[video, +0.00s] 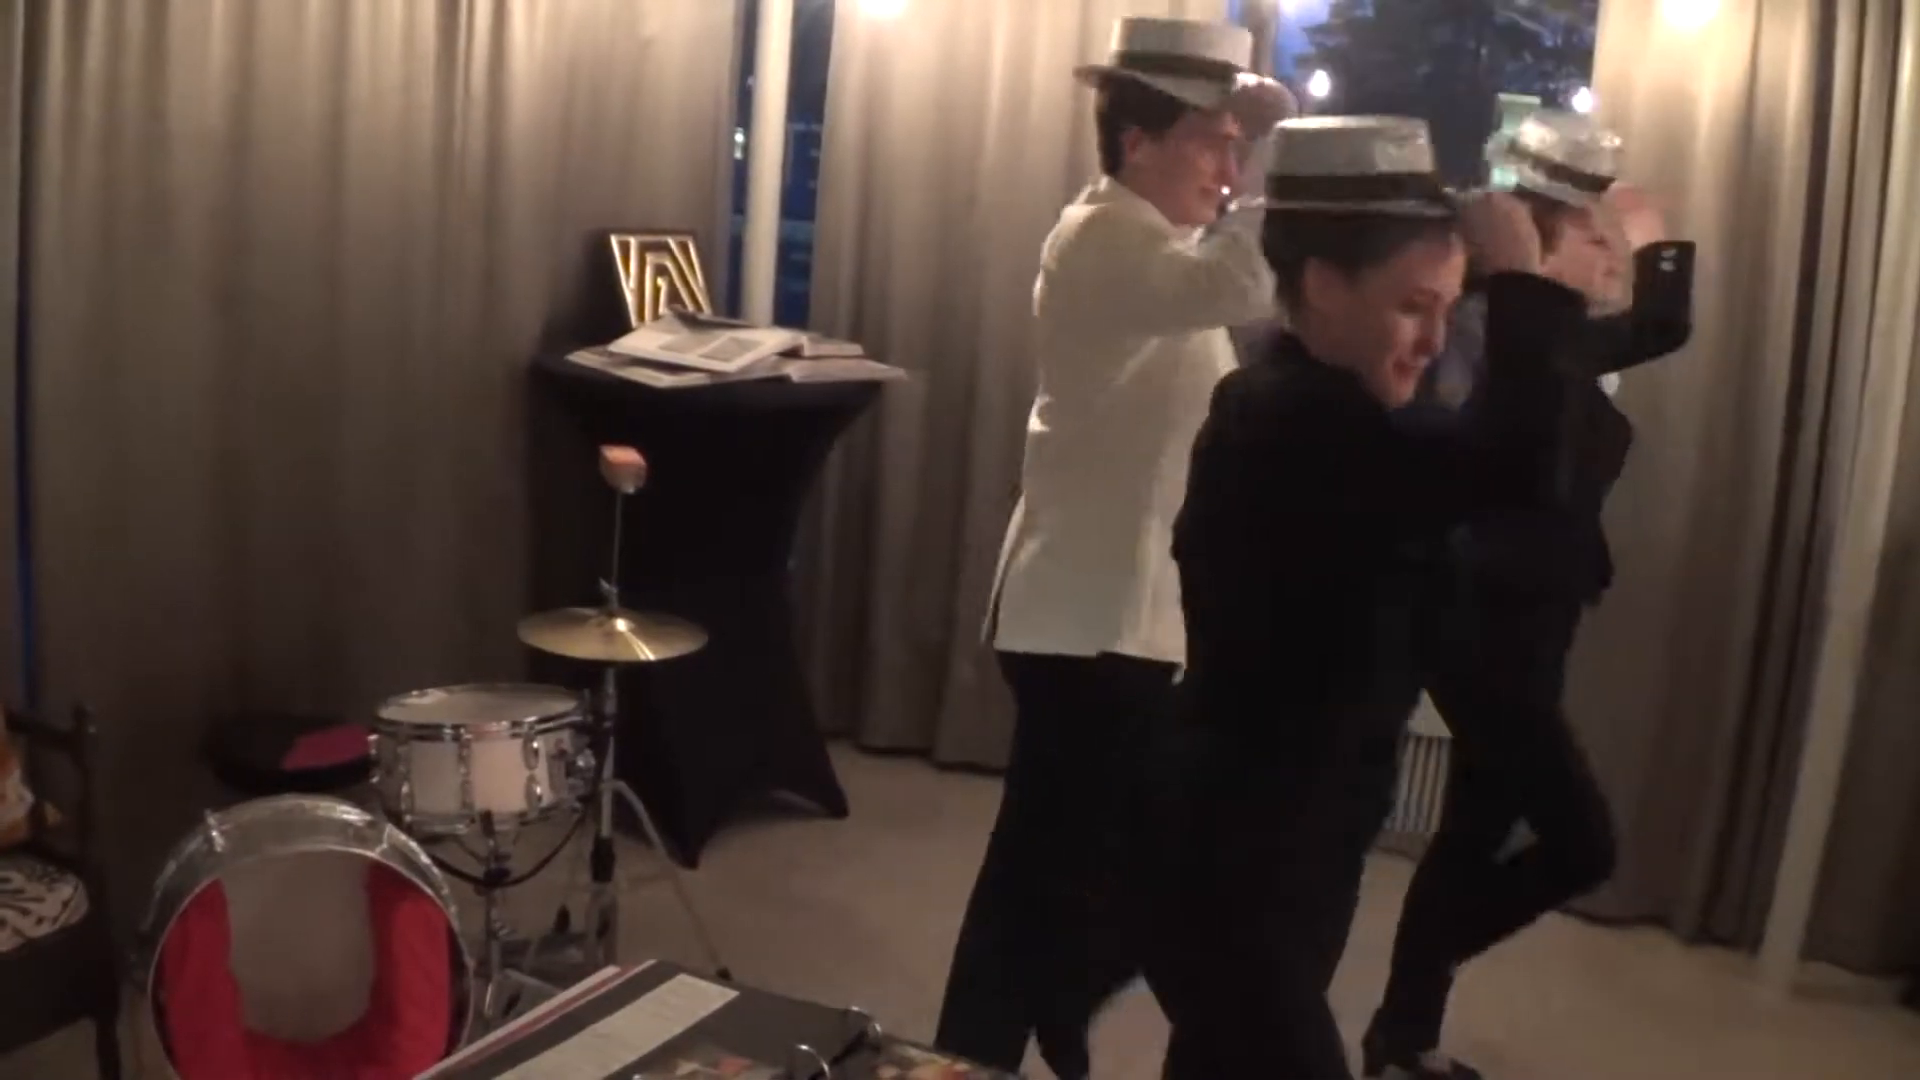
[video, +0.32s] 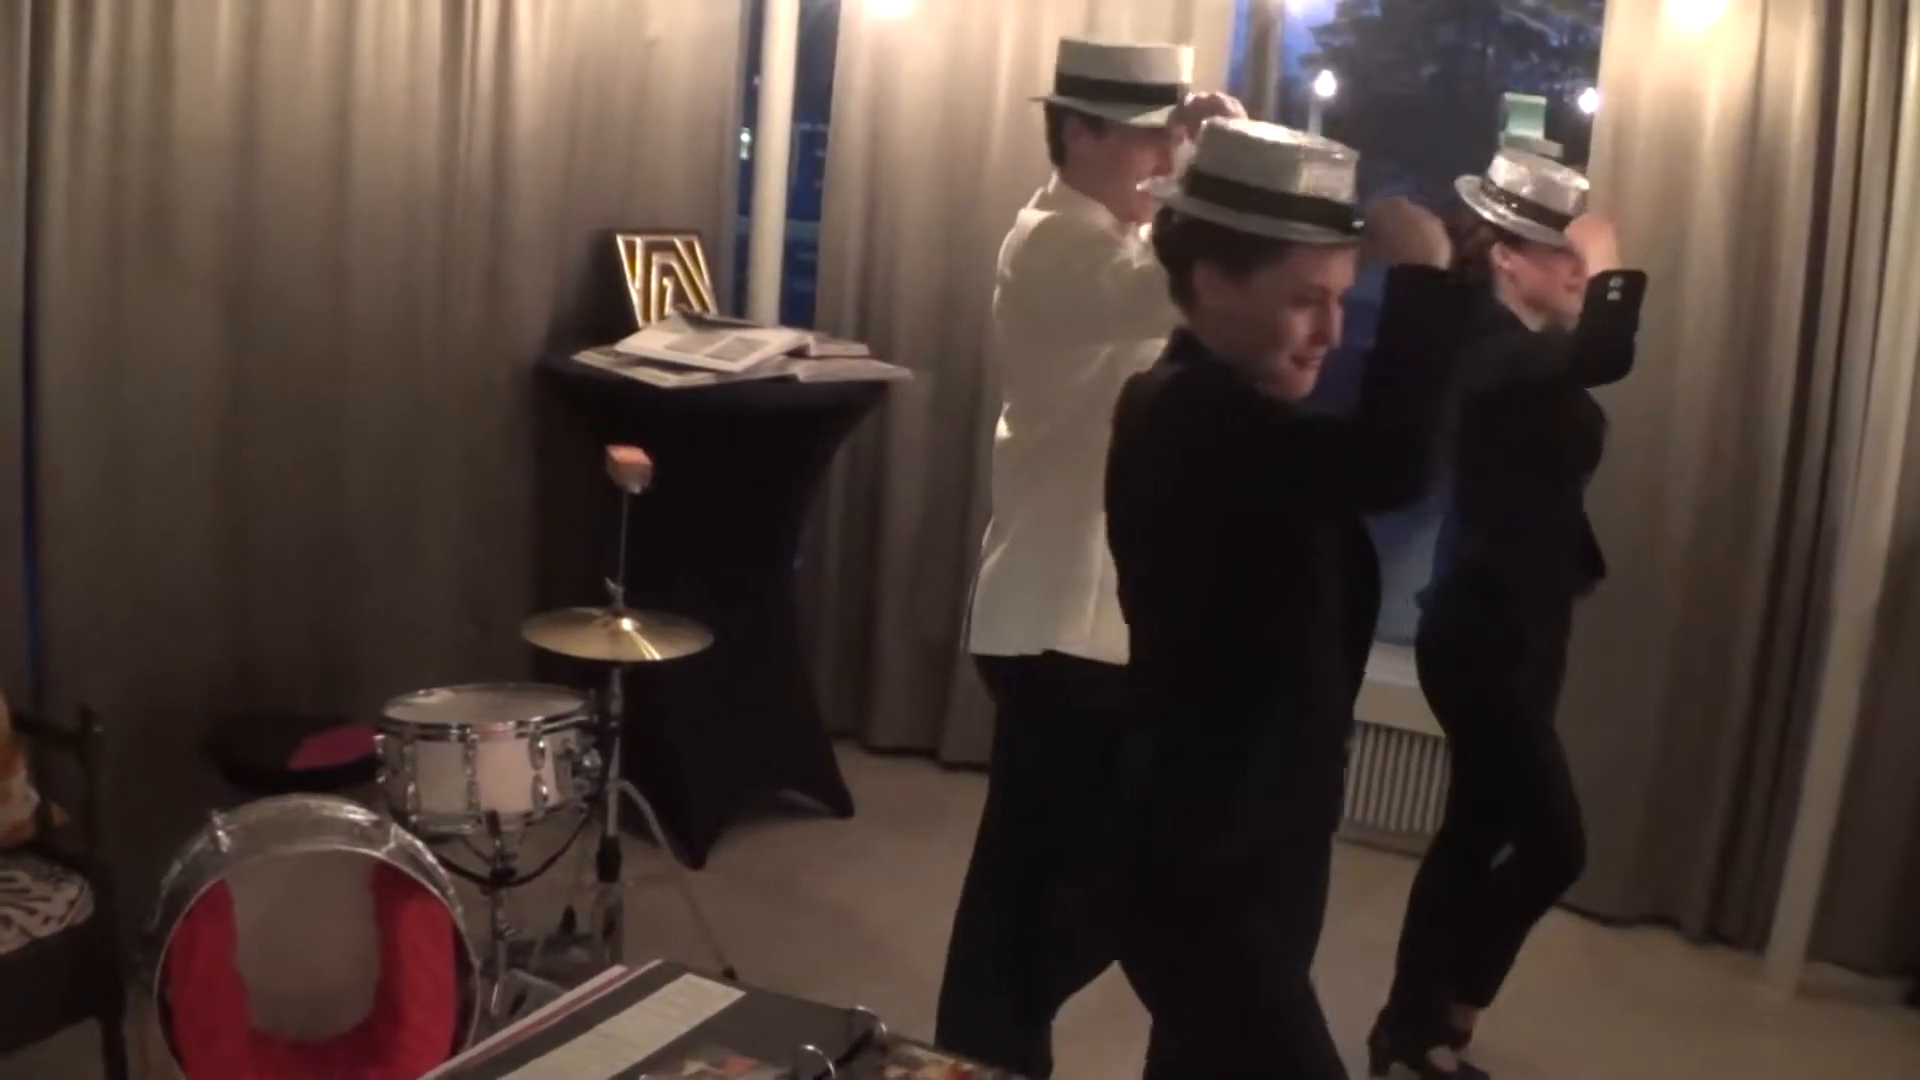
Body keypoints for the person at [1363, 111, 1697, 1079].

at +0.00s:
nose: (1611, 259)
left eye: (1610, 243)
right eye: (1597, 239)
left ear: (1547, 243)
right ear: (1544, 237)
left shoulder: (1546, 329)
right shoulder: (1517, 325)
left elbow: (1657, 329)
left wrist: (1652, 246)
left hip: (1517, 628)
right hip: (1479, 632)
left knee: (1471, 836)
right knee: (1580, 849)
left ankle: (1404, 1033)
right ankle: (1422, 954)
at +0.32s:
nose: (1584, 280)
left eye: (1585, 266)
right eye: (1571, 263)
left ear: (1517, 262)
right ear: (1514, 260)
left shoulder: (1519, 346)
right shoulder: (1497, 349)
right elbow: (1602, 356)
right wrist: (1614, 274)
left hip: (1511, 628)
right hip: (1482, 633)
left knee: (1472, 836)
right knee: (1552, 845)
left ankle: (1414, 1032)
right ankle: (1442, 1015)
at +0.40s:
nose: (1574, 280)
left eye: (1575, 266)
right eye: (1559, 262)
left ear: (1504, 263)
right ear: (1499, 260)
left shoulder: (1515, 346)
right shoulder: (1481, 347)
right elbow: (1598, 360)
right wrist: (1604, 275)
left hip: (1518, 628)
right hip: (1481, 631)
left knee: (1472, 838)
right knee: (1553, 845)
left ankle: (1413, 1034)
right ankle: (1444, 1016)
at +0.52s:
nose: (1569, 277)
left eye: (1570, 262)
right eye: (1552, 259)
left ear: (1501, 262)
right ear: (1493, 258)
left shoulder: (1511, 343)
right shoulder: (1483, 345)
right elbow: (1596, 361)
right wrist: (1599, 272)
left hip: (1518, 627)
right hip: (1484, 632)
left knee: (1473, 837)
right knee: (1560, 847)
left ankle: (1413, 1033)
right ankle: (1444, 1017)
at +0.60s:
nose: (1565, 279)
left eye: (1566, 264)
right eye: (1549, 260)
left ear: (1498, 262)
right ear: (1491, 259)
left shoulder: (1504, 348)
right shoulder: (1481, 350)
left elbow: (1529, 459)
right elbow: (1596, 362)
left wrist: (1608, 469)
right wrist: (1599, 273)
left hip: (1507, 627)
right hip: (1485, 634)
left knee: (1470, 836)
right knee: (1562, 846)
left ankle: (1412, 1035)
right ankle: (1442, 1016)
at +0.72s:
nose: (1555, 279)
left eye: (1555, 263)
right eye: (1542, 260)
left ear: (1490, 264)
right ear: (1490, 260)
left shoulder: (1496, 346)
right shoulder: (1475, 350)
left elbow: (1588, 356)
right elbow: (1594, 358)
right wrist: (1581, 280)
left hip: (1502, 627)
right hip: (1481, 632)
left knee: (1467, 838)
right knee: (1563, 845)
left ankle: (1408, 1035)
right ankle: (1439, 1014)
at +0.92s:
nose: (1532, 280)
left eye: (1530, 263)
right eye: (1519, 264)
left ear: (1476, 267)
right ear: (1482, 265)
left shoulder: (1475, 343)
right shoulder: (1460, 346)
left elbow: (1555, 323)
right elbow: (1566, 325)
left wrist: (1544, 245)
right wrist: (1523, 248)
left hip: (1499, 626)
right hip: (1476, 630)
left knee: (1462, 839)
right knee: (1559, 845)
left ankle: (1402, 1035)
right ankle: (1437, 1014)